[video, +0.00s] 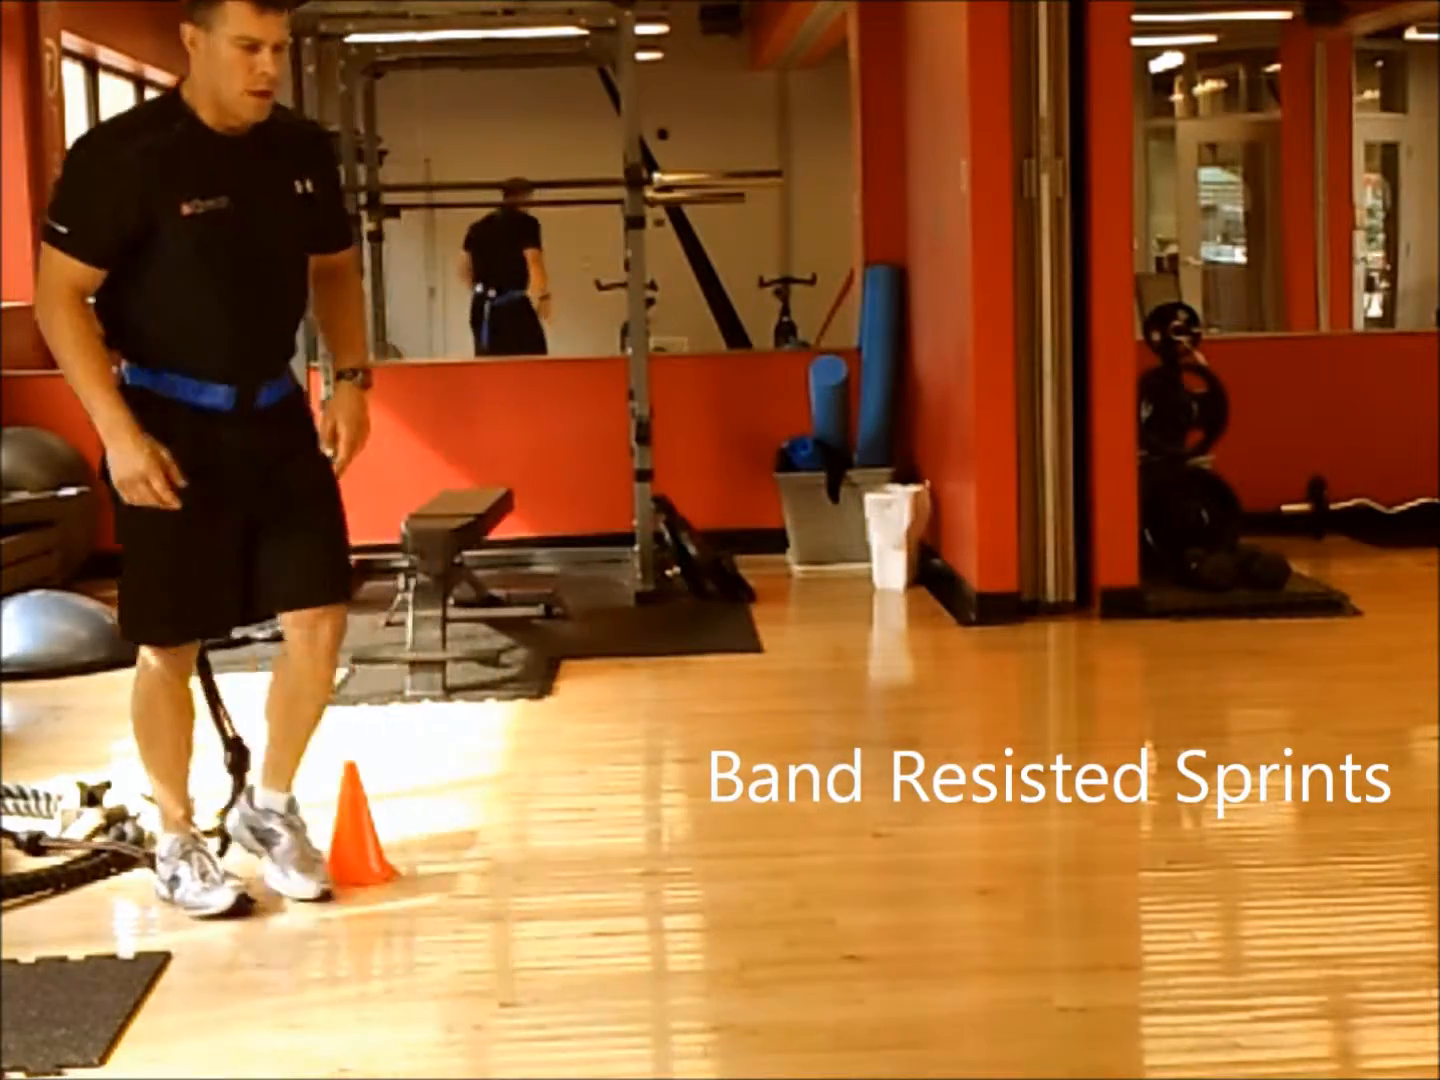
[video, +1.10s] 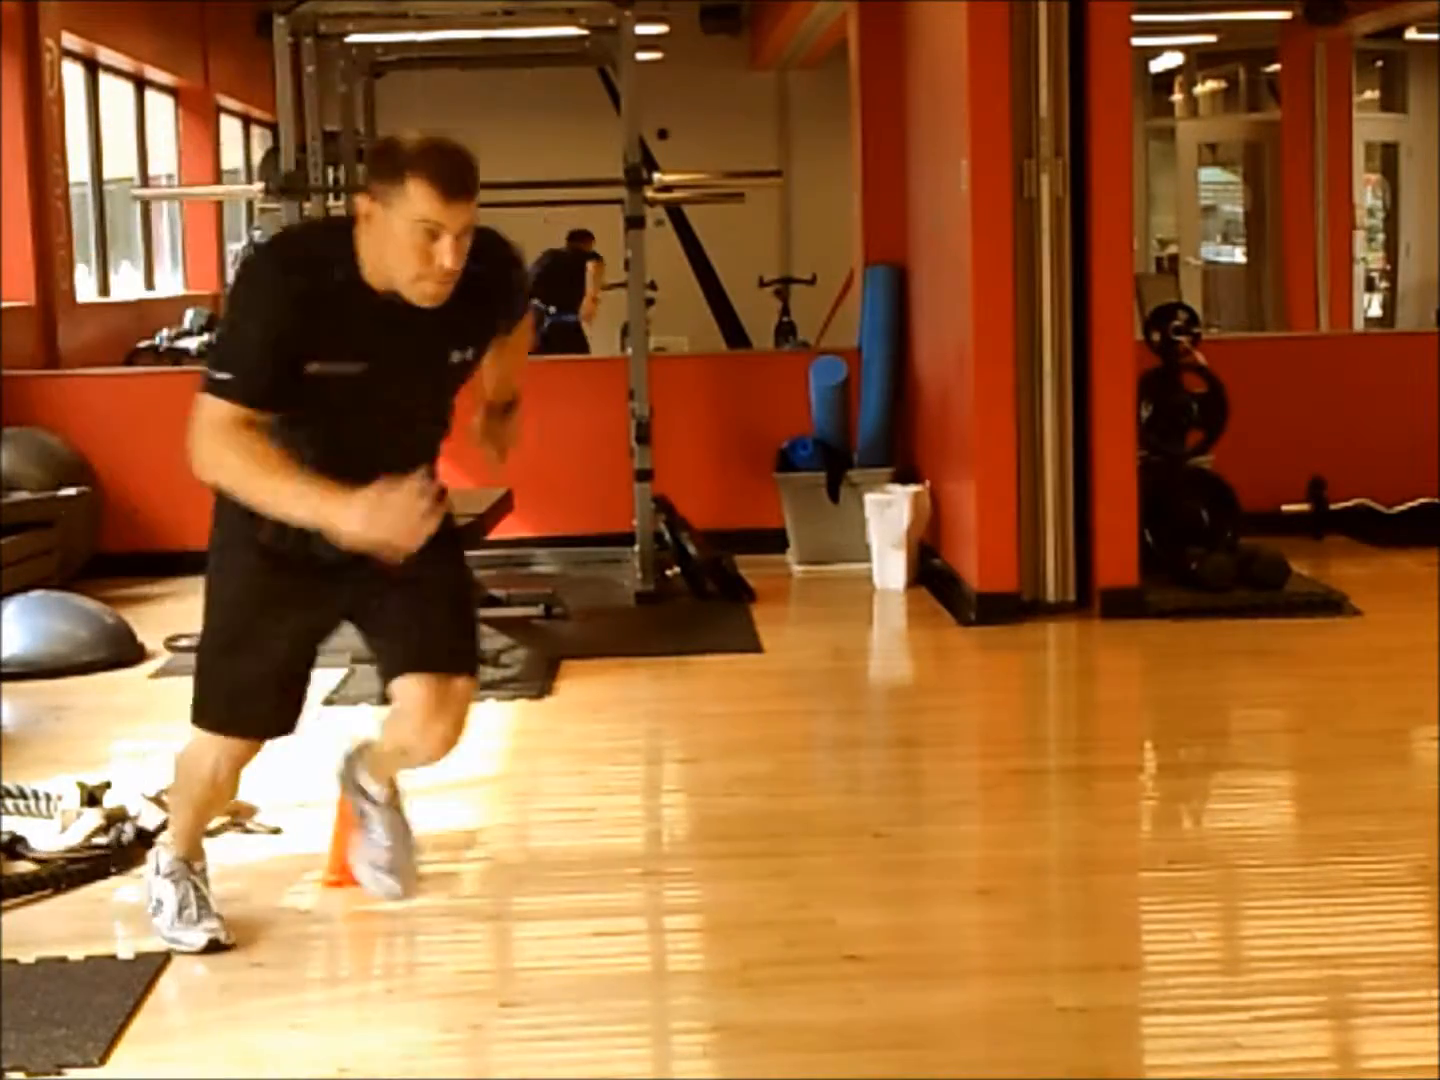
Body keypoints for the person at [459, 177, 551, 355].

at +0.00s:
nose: (529, 201)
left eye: (528, 196)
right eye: (527, 196)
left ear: (505, 197)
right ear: (522, 198)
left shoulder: (478, 226)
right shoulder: (526, 223)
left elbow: (464, 269)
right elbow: (534, 260)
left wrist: (479, 288)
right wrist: (542, 295)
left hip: (482, 305)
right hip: (515, 305)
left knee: (489, 365)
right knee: (532, 362)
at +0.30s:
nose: (523, 198)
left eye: (522, 194)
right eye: (521, 194)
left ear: (498, 195)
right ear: (516, 195)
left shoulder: (474, 226)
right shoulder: (523, 226)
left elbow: (457, 269)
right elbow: (534, 268)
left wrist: (458, 312)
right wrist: (551, 306)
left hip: (476, 309)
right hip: (506, 310)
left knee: (477, 370)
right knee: (510, 370)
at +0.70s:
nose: (546, 216)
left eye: (546, 211)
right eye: (545, 211)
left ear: (522, 210)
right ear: (540, 212)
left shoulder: (492, 232)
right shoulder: (542, 240)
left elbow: (462, 266)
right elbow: (549, 281)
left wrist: (459, 311)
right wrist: (556, 319)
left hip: (479, 310)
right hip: (509, 314)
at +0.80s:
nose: (558, 227)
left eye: (558, 223)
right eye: (559, 222)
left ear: (534, 218)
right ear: (555, 222)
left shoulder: (506, 238)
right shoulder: (553, 250)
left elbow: (465, 260)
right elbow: (561, 287)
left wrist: (455, 302)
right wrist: (570, 310)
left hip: (485, 311)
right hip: (514, 318)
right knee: (506, 373)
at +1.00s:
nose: (577, 251)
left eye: (577, 247)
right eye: (577, 247)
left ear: (554, 243)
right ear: (572, 245)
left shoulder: (531, 256)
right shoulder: (576, 261)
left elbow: (489, 275)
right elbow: (582, 298)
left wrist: (483, 316)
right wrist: (583, 329)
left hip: (514, 321)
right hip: (544, 324)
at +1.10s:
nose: (591, 248)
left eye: (591, 245)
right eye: (591, 245)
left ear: (568, 243)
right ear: (587, 244)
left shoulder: (550, 254)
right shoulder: (591, 256)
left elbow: (530, 278)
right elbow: (592, 268)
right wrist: (590, 298)